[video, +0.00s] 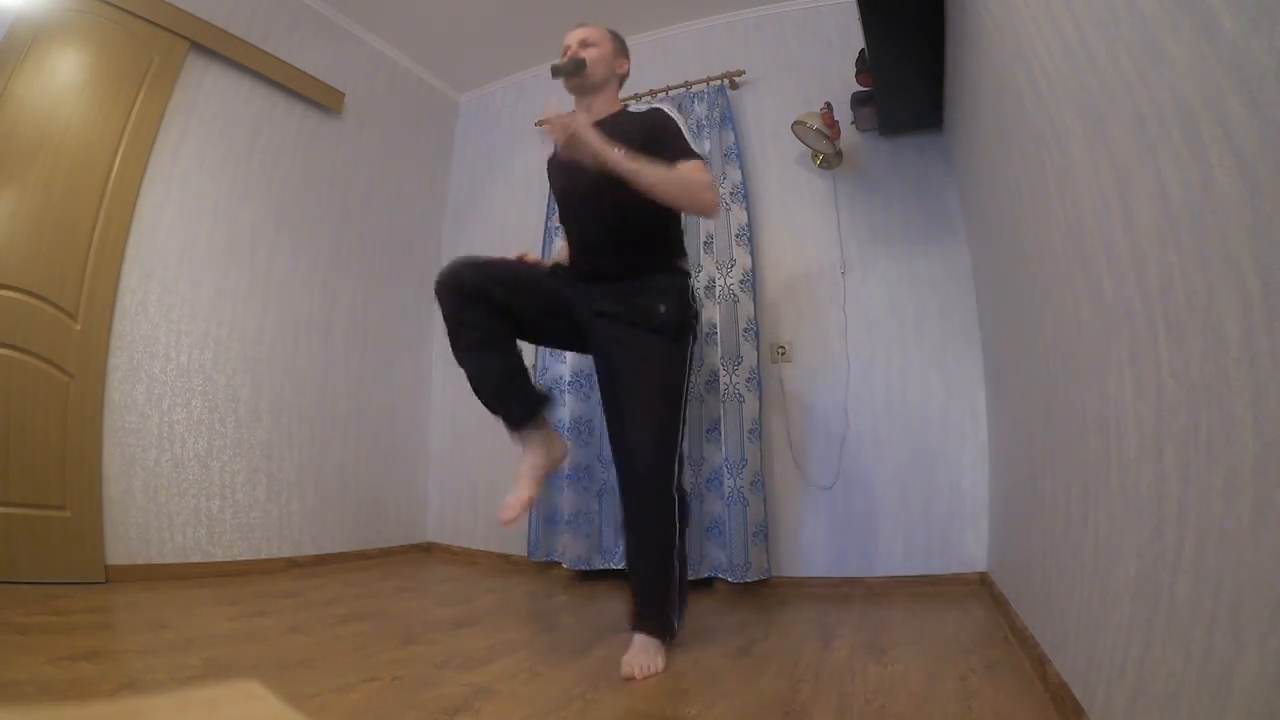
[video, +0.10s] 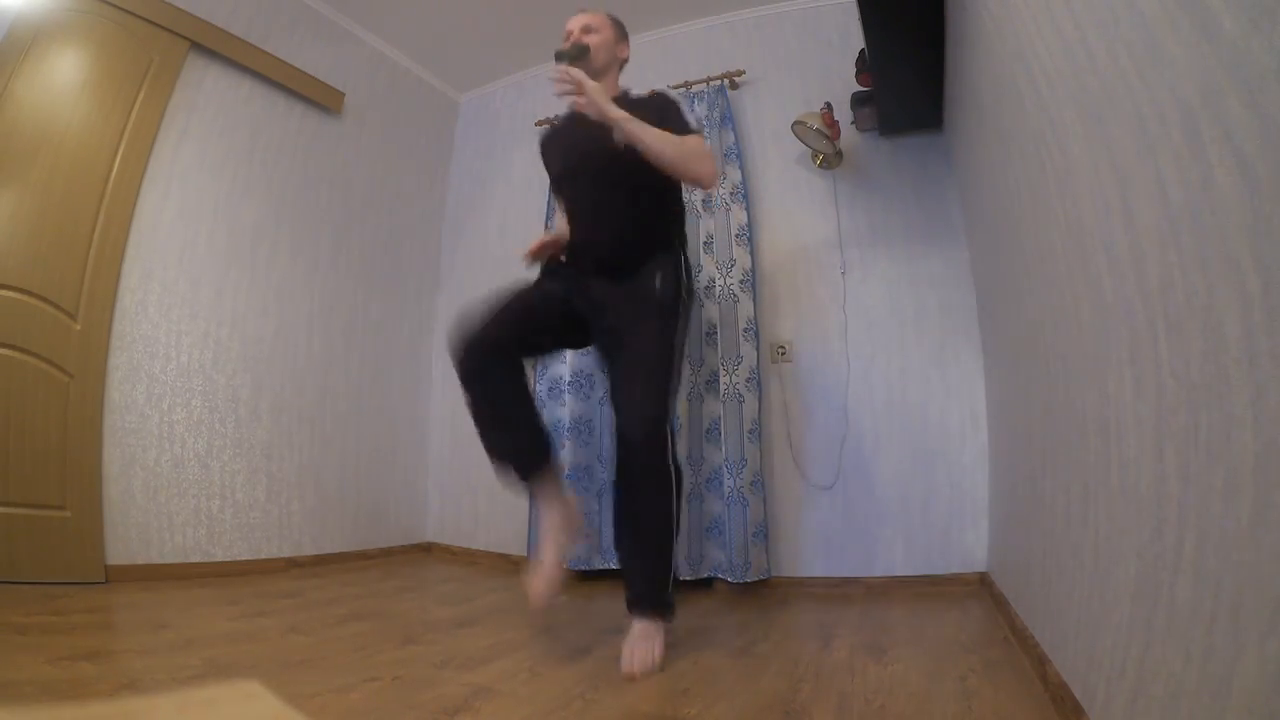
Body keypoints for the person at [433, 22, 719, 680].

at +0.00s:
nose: (572, 49)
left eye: (588, 41)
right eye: (565, 45)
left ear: (622, 65)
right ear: (559, 74)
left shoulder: (650, 124)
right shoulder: (565, 154)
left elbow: (706, 198)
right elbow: (587, 246)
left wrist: (603, 151)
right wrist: (543, 265)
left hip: (647, 309)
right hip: (581, 300)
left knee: (647, 471)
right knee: (462, 283)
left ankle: (650, 625)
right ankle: (536, 439)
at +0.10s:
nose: (573, 35)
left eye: (591, 29)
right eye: (566, 31)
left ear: (623, 54)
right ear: (559, 60)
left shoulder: (653, 109)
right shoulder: (556, 138)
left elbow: (706, 171)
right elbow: (572, 209)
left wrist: (615, 115)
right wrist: (559, 236)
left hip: (647, 289)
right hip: (577, 285)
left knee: (641, 436)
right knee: (481, 346)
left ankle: (648, 612)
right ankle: (550, 498)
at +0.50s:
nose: (567, 53)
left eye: (583, 45)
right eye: (561, 49)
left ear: (618, 65)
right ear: (558, 75)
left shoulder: (651, 123)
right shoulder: (561, 152)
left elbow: (717, 199)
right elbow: (571, 251)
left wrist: (626, 181)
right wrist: (531, 244)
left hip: (644, 298)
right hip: (577, 296)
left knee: (648, 458)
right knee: (463, 313)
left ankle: (656, 612)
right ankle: (516, 478)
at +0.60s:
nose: (570, 55)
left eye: (586, 45)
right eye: (564, 50)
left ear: (622, 66)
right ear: (558, 72)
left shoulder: (647, 119)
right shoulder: (561, 152)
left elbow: (680, 186)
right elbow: (590, 239)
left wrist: (589, 125)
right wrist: (547, 260)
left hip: (642, 305)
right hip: (578, 296)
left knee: (641, 461)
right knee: (463, 298)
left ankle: (653, 613)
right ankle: (522, 471)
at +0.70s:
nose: (574, 31)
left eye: (590, 23)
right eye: (567, 27)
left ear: (620, 45)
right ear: (560, 54)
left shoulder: (653, 108)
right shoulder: (549, 125)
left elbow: (693, 187)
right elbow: (553, 195)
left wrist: (608, 137)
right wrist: (540, 221)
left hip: (638, 263)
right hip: (569, 270)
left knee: (613, 383)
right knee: (516, 410)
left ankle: (640, 559)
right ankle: (570, 567)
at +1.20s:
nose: (562, 38)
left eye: (579, 30)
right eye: (557, 35)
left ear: (612, 51)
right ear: (552, 59)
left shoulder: (640, 110)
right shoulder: (547, 137)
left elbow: (681, 172)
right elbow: (570, 212)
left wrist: (583, 116)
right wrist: (540, 237)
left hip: (626, 282)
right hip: (560, 278)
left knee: (607, 427)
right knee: (451, 331)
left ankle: (620, 611)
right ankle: (519, 496)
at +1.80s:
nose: (574, 25)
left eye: (589, 19)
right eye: (567, 22)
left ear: (621, 41)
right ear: (562, 48)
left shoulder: (649, 101)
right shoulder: (550, 123)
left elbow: (691, 176)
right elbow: (562, 198)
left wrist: (597, 121)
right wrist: (540, 233)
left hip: (635, 271)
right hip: (564, 271)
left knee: (620, 409)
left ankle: (643, 594)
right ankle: (544, 533)